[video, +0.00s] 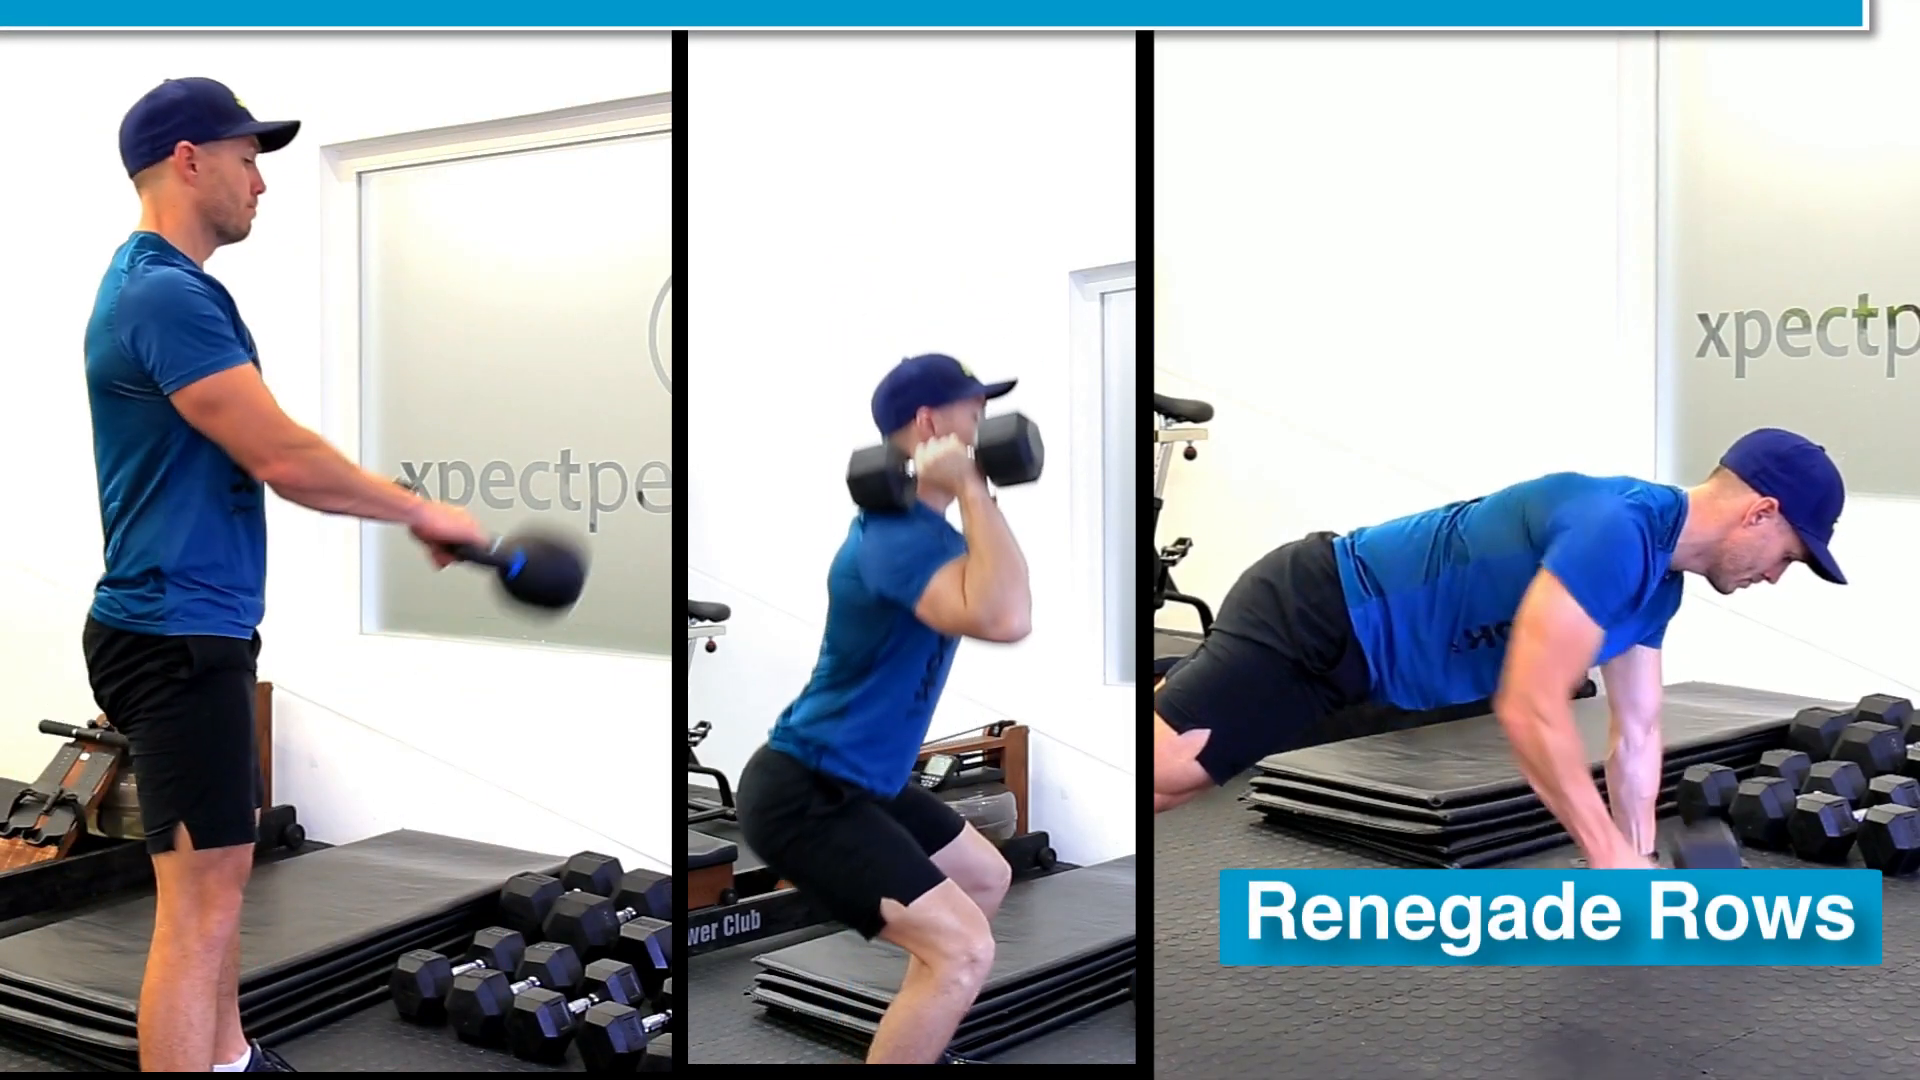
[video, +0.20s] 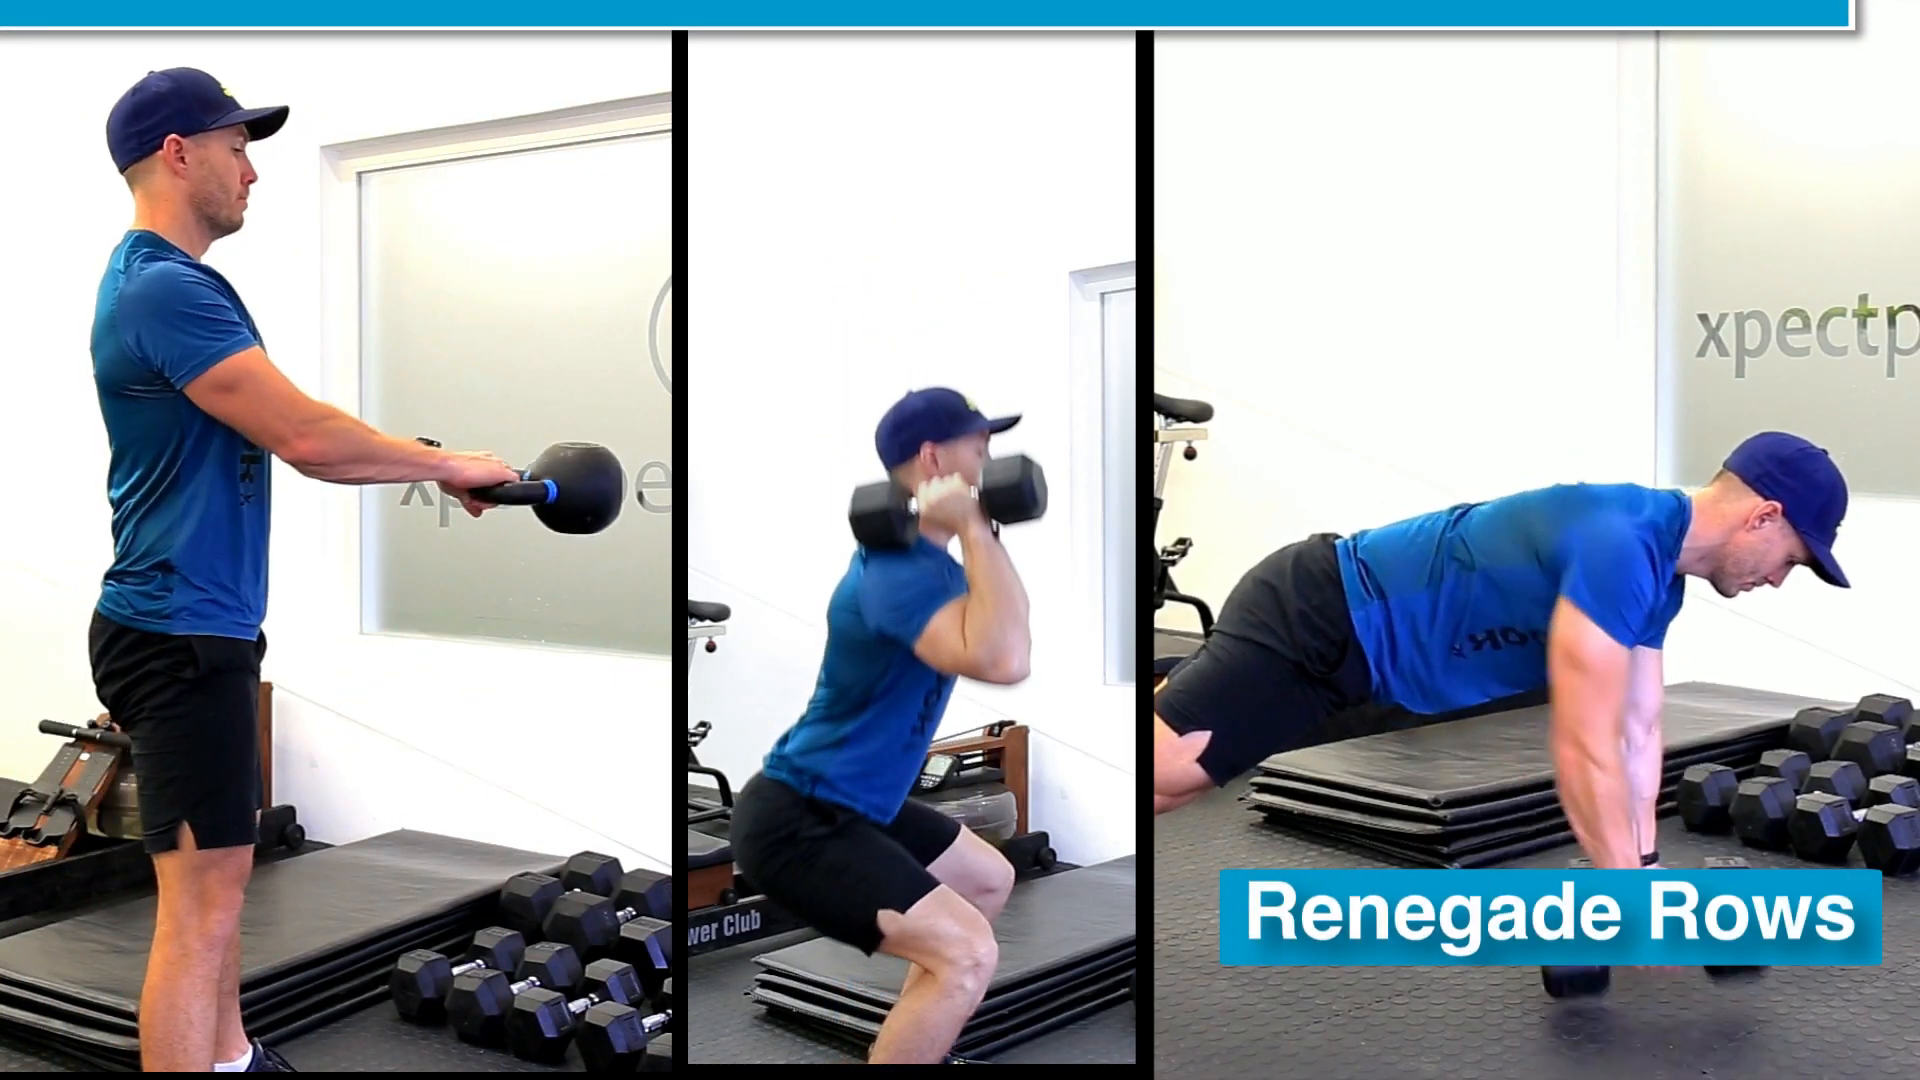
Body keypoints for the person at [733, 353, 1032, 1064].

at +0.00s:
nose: (981, 434)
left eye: (980, 421)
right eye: (972, 420)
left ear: (921, 428)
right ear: (926, 424)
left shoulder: (926, 527)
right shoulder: (890, 536)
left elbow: (999, 608)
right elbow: (1005, 618)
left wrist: (976, 489)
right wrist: (970, 487)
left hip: (865, 779)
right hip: (805, 793)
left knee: (986, 878)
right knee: (960, 952)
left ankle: (915, 1034)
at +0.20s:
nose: (987, 465)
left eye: (986, 452)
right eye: (978, 451)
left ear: (927, 464)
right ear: (930, 461)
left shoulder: (929, 558)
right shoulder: (893, 572)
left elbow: (1005, 642)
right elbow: (1002, 661)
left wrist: (982, 526)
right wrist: (973, 526)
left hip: (855, 801)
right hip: (799, 819)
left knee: (990, 880)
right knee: (966, 955)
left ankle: (916, 1037)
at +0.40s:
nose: (996, 509)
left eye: (991, 494)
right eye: (984, 495)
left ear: (937, 513)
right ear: (937, 510)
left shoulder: (934, 608)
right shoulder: (895, 619)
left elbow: (1005, 708)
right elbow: (997, 720)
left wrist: (988, 582)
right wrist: (977, 583)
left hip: (851, 829)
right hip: (789, 853)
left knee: (992, 883)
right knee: (968, 955)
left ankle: (909, 1023)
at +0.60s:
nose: (1001, 551)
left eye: (997, 534)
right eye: (988, 535)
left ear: (941, 548)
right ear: (941, 548)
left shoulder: (940, 641)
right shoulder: (897, 656)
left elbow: (1012, 720)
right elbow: (996, 770)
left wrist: (995, 622)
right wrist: (982, 632)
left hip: (851, 853)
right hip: (785, 883)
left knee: (993, 884)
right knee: (969, 958)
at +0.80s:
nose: (1001, 565)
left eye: (996, 548)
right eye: (988, 549)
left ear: (942, 561)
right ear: (941, 561)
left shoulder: (945, 651)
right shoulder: (894, 672)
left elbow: (1014, 730)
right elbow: (994, 785)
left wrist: (995, 632)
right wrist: (982, 648)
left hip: (855, 864)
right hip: (785, 893)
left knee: (994, 885)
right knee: (970, 960)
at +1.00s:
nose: (1000, 556)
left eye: (995, 538)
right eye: (986, 539)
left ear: (939, 552)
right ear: (938, 551)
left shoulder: (940, 646)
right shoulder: (895, 662)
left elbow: (1011, 723)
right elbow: (992, 777)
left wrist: (995, 627)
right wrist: (983, 642)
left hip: (856, 854)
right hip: (789, 884)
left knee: (995, 884)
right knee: (972, 960)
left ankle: (916, 1032)